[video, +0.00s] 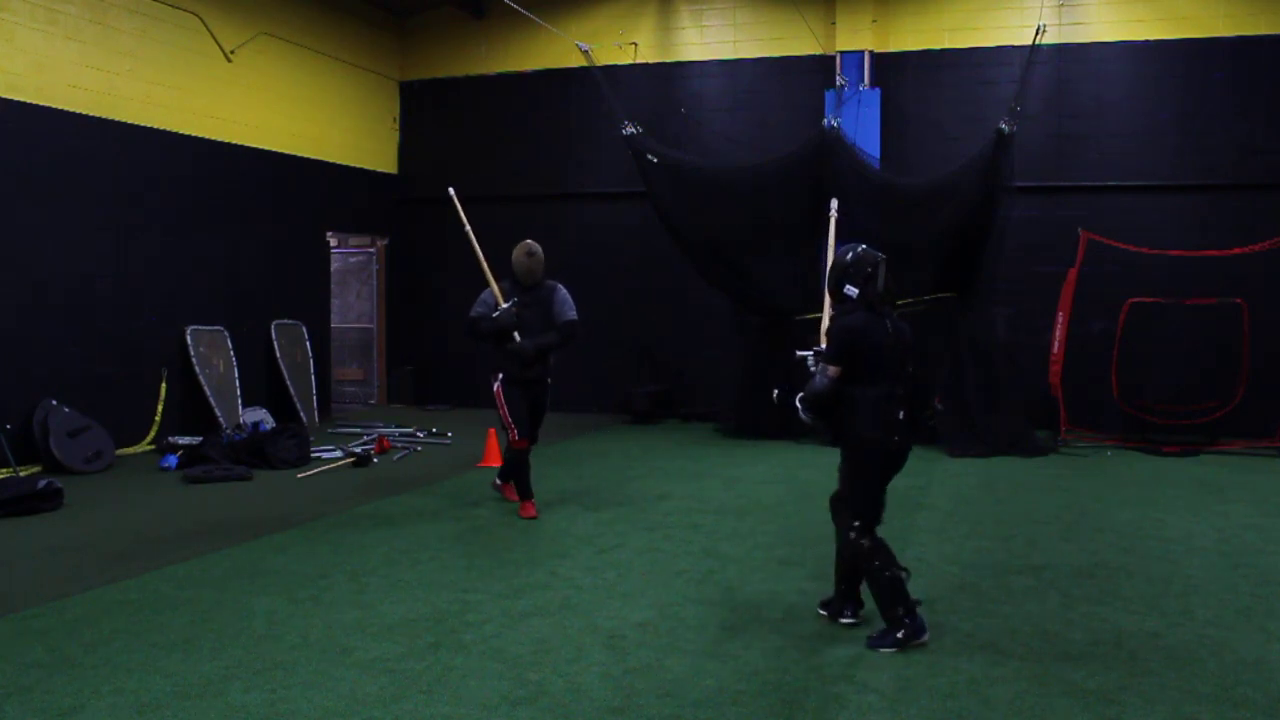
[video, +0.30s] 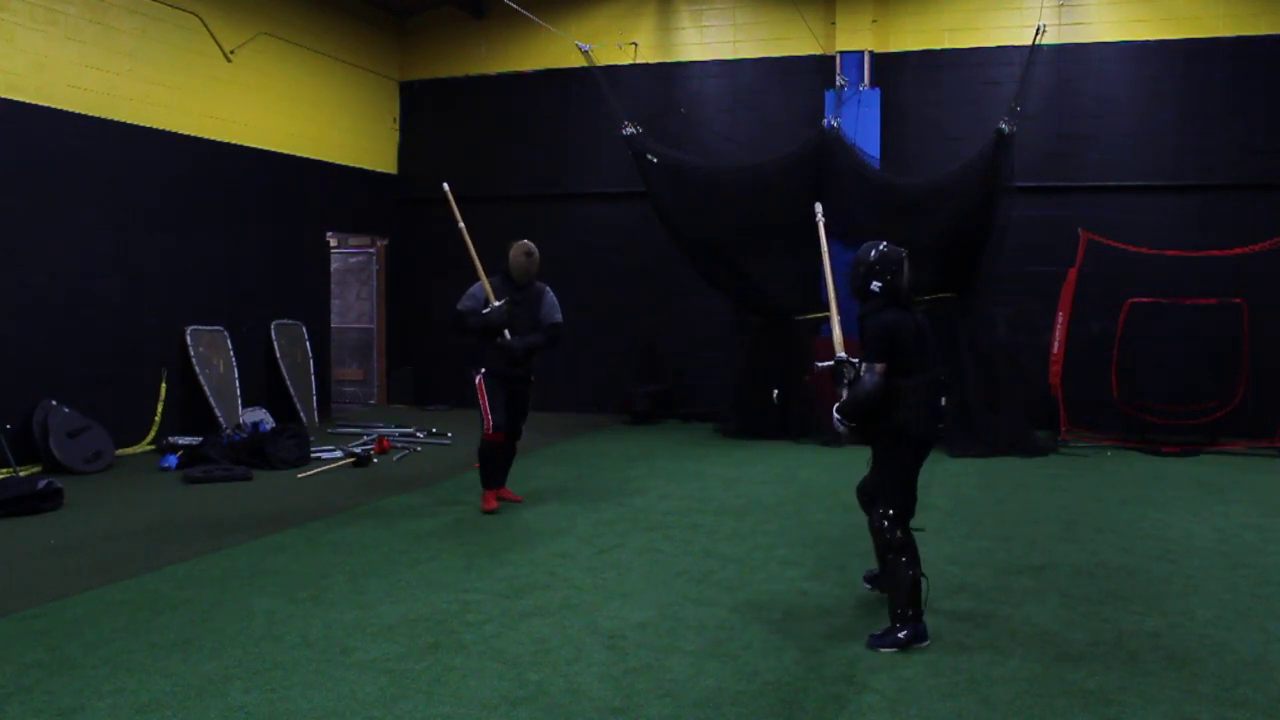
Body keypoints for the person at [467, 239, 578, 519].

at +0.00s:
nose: (530, 280)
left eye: (534, 274)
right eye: (525, 275)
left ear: (542, 270)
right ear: (516, 270)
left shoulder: (555, 293)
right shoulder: (497, 294)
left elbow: (570, 330)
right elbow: (473, 327)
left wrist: (534, 346)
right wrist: (499, 321)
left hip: (540, 376)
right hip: (507, 375)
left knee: (528, 437)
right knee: (519, 437)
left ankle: (503, 479)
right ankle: (526, 498)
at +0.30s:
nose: (526, 273)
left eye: (531, 268)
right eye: (522, 267)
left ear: (536, 267)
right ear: (510, 265)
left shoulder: (543, 295)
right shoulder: (487, 289)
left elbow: (554, 332)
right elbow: (461, 320)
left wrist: (520, 344)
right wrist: (492, 317)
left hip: (522, 372)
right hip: (489, 369)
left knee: (513, 430)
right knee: (494, 428)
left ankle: (500, 485)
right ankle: (489, 490)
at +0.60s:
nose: (511, 273)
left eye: (516, 268)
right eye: (506, 267)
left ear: (522, 267)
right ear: (495, 264)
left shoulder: (529, 295)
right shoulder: (471, 289)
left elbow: (542, 331)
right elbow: (447, 319)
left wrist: (509, 342)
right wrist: (478, 316)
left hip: (507, 377)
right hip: (472, 375)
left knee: (502, 435)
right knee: (461, 436)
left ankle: (497, 486)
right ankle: (447, 495)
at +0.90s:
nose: (497, 266)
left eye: (502, 262)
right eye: (493, 260)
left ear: (507, 265)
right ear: (482, 259)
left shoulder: (512, 295)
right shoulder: (454, 285)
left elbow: (522, 334)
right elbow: (427, 314)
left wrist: (489, 342)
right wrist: (460, 312)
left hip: (491, 378)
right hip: (454, 376)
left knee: (510, 433)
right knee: (448, 440)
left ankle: (498, 482)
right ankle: (445, 498)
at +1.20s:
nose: (507, 263)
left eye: (511, 258)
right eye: (500, 257)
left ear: (515, 264)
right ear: (485, 260)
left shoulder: (516, 299)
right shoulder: (459, 290)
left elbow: (529, 338)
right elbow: (433, 320)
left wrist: (500, 350)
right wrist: (473, 319)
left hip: (499, 384)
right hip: (460, 382)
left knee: (508, 447)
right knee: (451, 448)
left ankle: (506, 508)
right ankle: (445, 498)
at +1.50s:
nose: (515, 260)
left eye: (520, 255)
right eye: (509, 253)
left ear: (524, 261)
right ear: (493, 255)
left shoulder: (527, 293)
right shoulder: (467, 284)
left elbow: (542, 332)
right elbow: (430, 309)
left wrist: (508, 344)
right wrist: (469, 313)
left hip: (507, 384)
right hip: (467, 381)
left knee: (510, 451)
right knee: (453, 450)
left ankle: (505, 512)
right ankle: (438, 518)